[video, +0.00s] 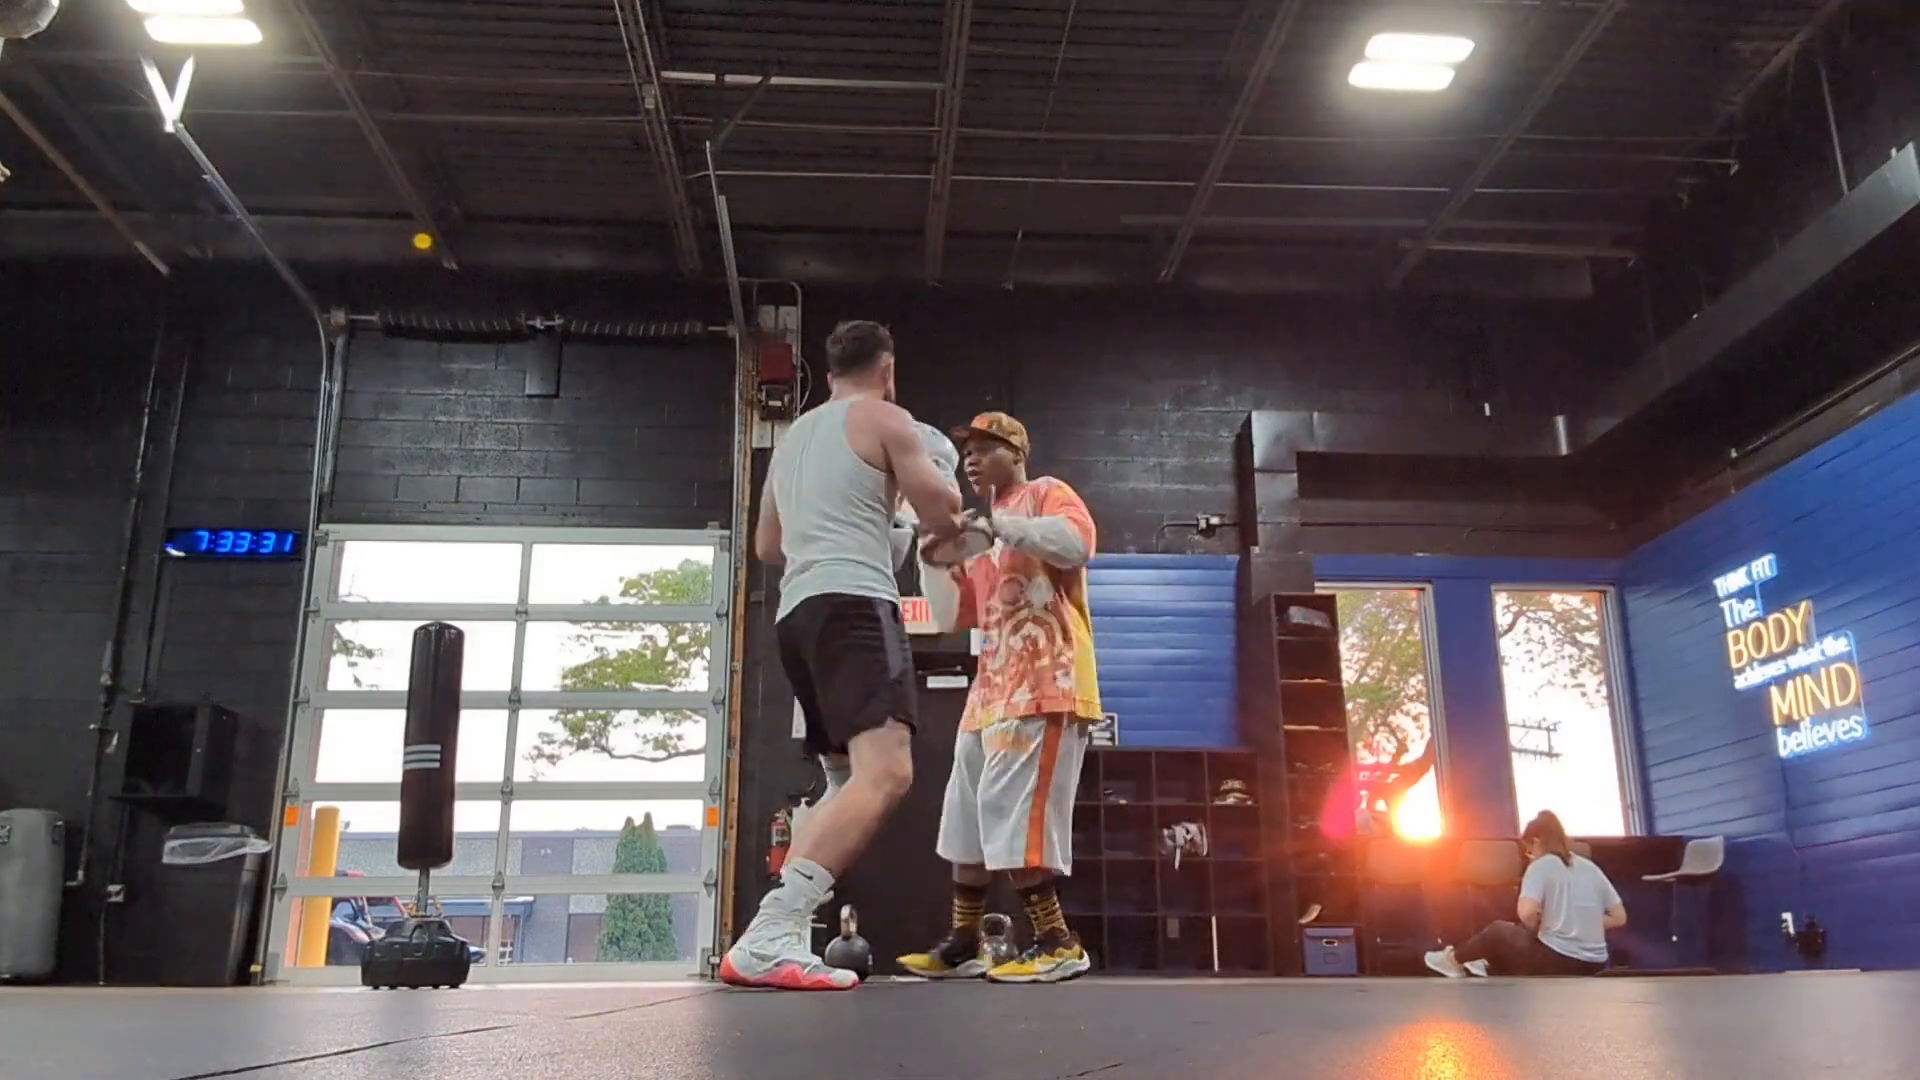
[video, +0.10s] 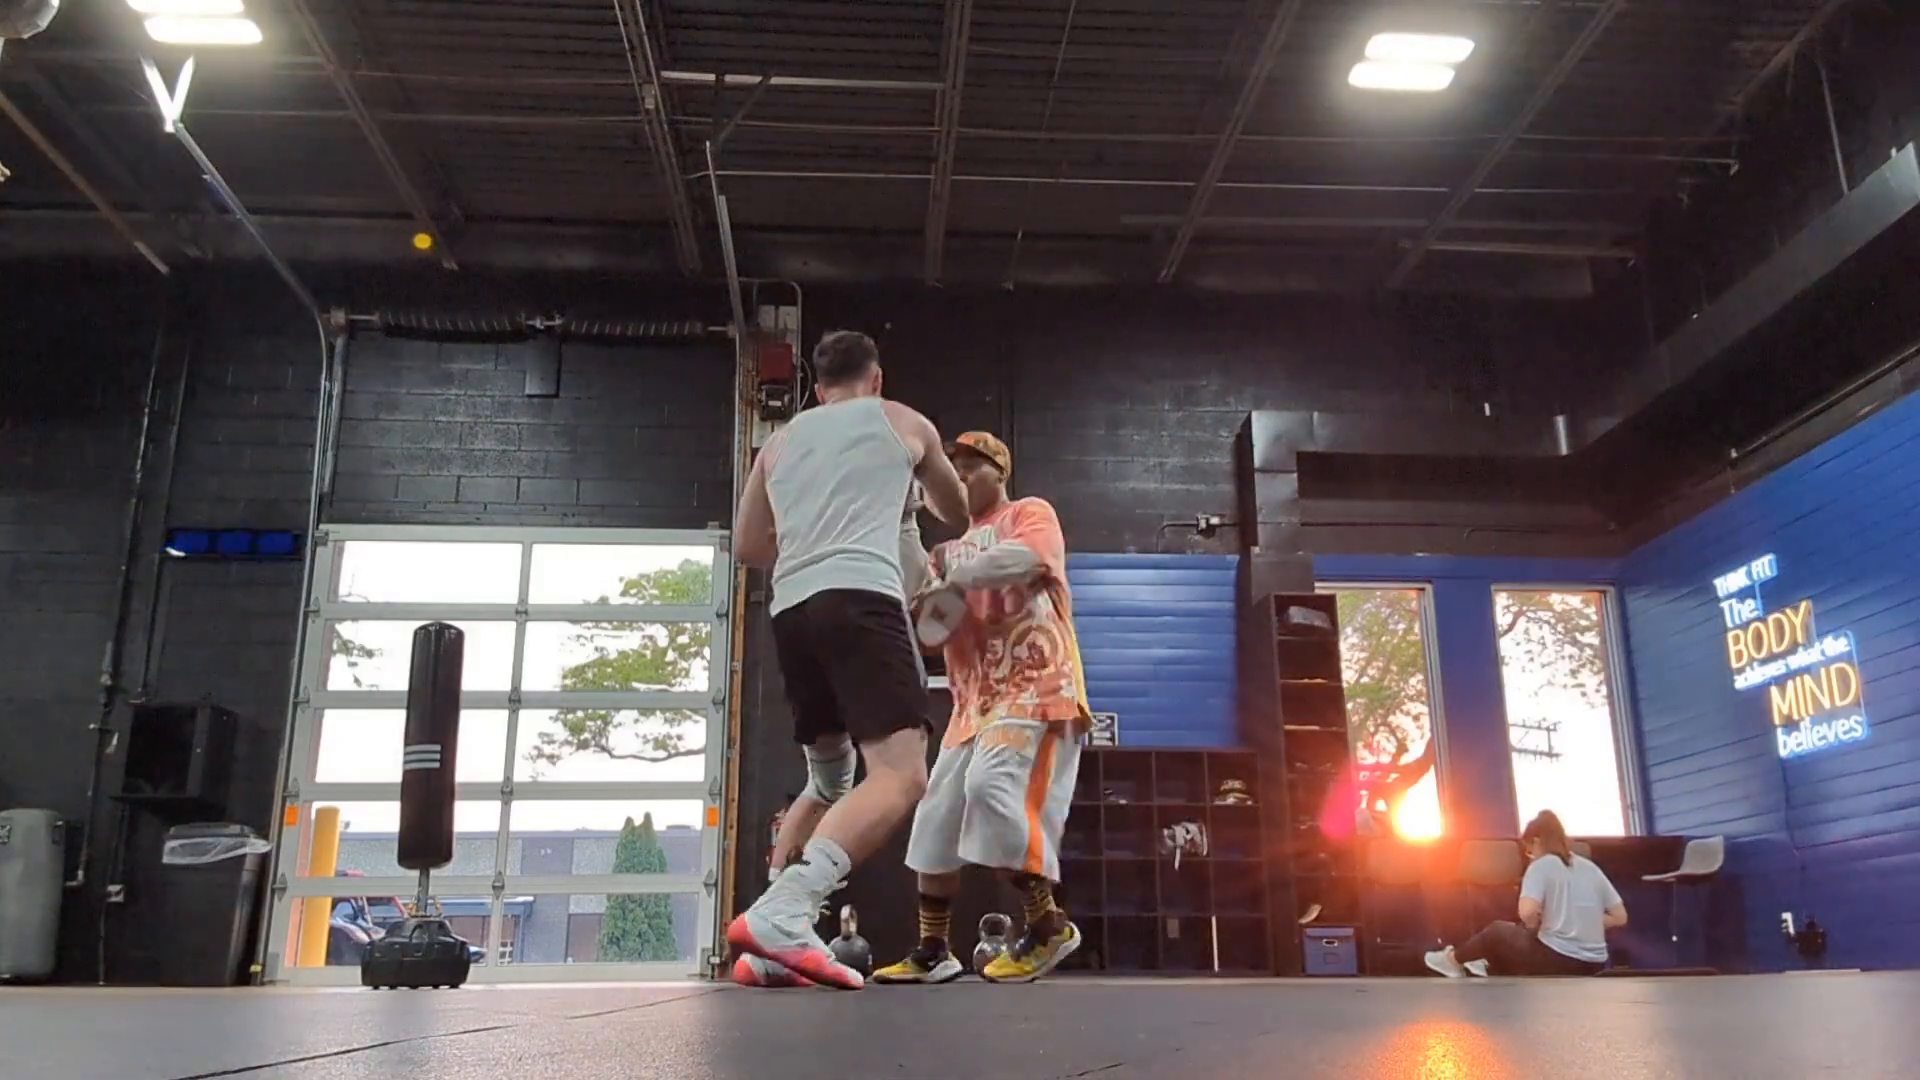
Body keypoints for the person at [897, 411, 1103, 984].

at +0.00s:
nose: (972, 460)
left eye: (982, 449)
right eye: (967, 453)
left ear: (1015, 451)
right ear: (967, 465)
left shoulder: (1048, 493)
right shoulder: (980, 528)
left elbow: (1073, 544)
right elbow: (953, 616)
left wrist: (994, 523)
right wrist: (937, 549)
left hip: (1044, 682)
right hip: (993, 685)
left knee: (1011, 807)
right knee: (965, 806)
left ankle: (1057, 942)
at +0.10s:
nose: (965, 475)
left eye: (976, 464)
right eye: (957, 467)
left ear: (1002, 471)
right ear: (947, 480)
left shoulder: (1032, 513)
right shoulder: (947, 550)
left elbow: (1025, 559)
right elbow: (931, 633)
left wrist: (947, 568)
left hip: (1036, 688)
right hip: (975, 700)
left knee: (990, 787)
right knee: (936, 810)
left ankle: (1049, 928)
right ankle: (933, 949)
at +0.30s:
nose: (938, 494)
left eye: (948, 479)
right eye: (932, 484)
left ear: (969, 482)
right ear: (923, 496)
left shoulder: (1004, 529)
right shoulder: (936, 569)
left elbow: (1047, 596)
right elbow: (930, 635)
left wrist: (974, 639)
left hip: (1025, 678)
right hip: (968, 694)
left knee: (1018, 773)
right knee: (913, 805)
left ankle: (1111, 923)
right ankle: (935, 939)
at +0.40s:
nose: (957, 480)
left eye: (966, 469)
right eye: (948, 471)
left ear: (984, 479)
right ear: (933, 483)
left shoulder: (1020, 535)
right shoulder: (929, 550)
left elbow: (1082, 601)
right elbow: (922, 625)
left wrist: (1023, 635)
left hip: (1033, 709)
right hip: (965, 719)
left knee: (1048, 786)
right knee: (918, 813)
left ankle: (1145, 923)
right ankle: (934, 944)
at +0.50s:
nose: (988, 466)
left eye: (998, 453)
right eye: (978, 456)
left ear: (1022, 460)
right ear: (969, 469)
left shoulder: (1064, 525)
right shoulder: (957, 543)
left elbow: (1122, 598)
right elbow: (946, 646)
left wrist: (1062, 601)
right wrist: (888, 635)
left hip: (1058, 700)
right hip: (985, 707)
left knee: (1076, 790)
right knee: (953, 821)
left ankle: (1170, 938)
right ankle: (933, 945)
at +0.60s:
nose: (1038, 446)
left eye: (1047, 436)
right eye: (1026, 438)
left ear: (1066, 443)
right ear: (1008, 449)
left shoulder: (1104, 511)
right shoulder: (981, 516)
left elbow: (1149, 597)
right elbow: (926, 563)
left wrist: (1103, 579)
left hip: (1085, 676)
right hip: (1005, 684)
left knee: (1103, 775)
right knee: (967, 803)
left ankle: (1174, 939)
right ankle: (935, 937)